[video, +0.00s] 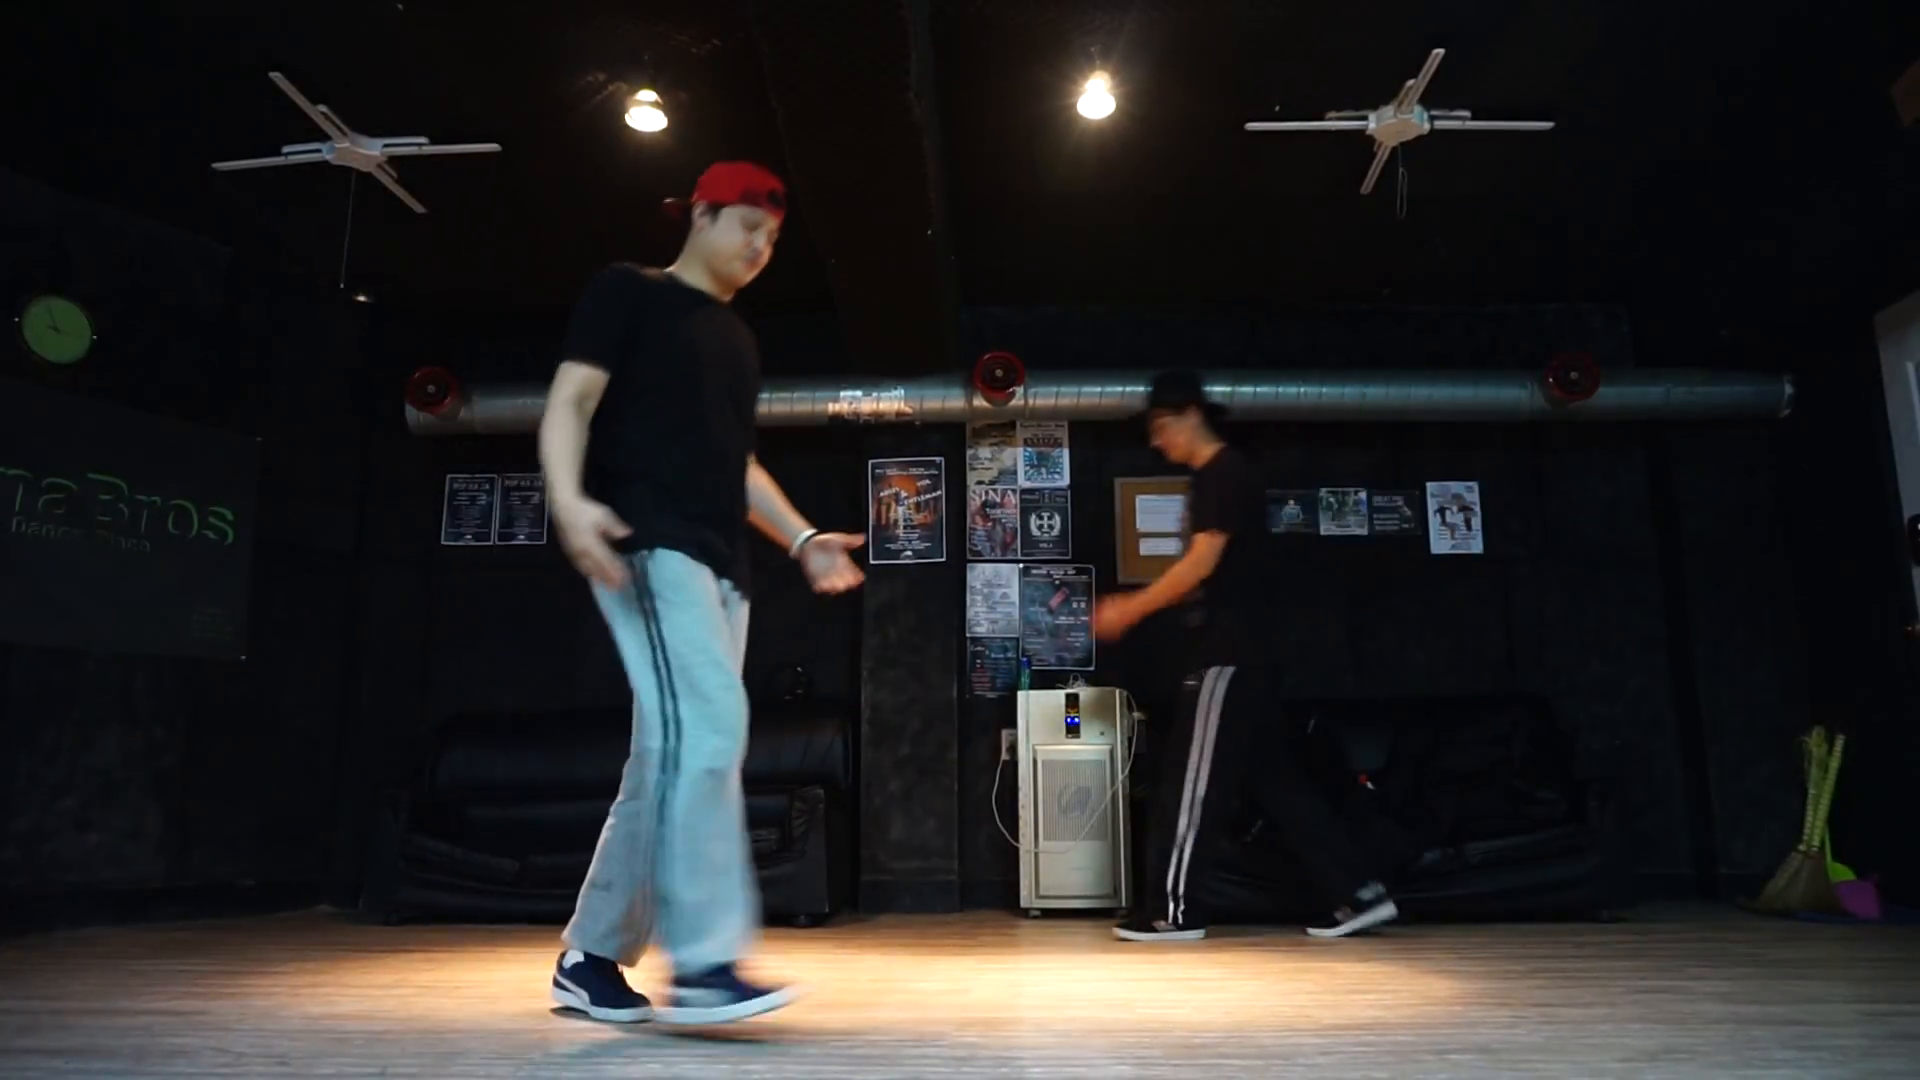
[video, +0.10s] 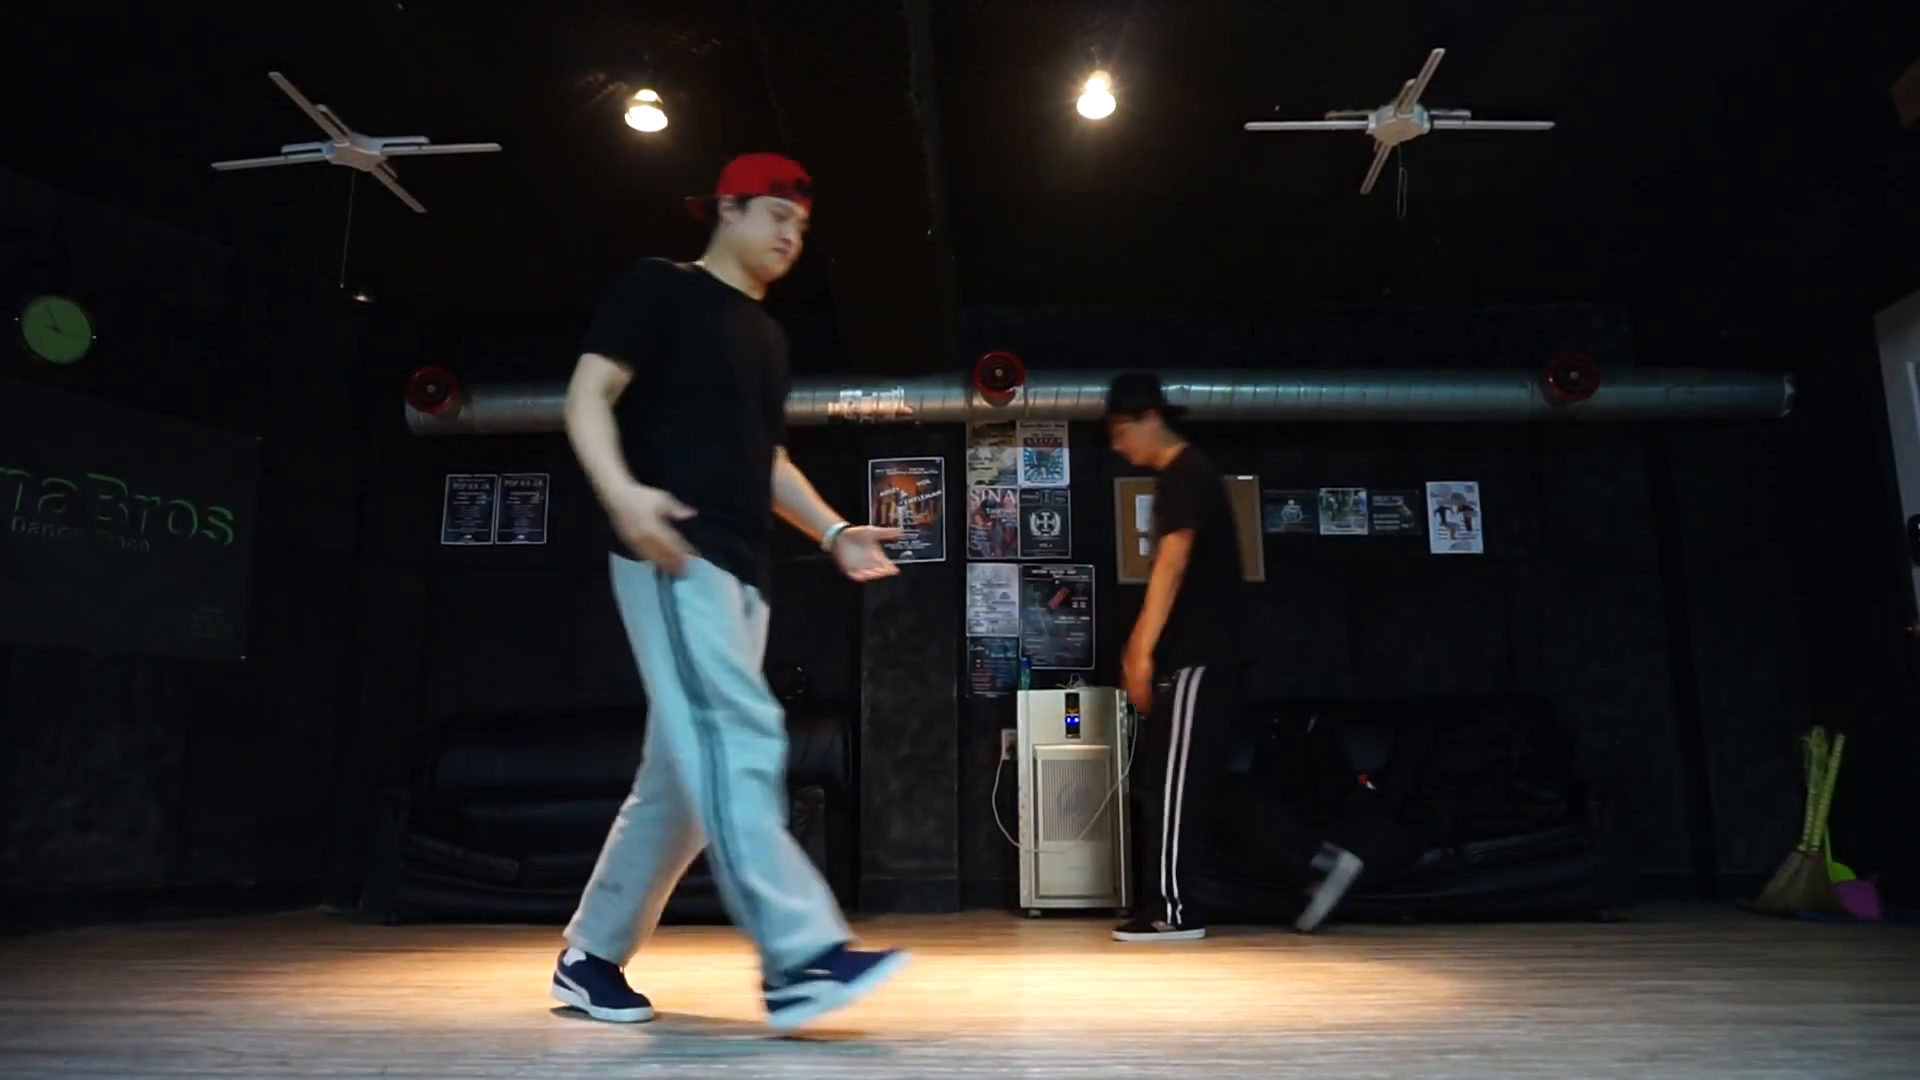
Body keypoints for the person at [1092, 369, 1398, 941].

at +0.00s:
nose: (1160, 442)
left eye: (1164, 428)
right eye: (1156, 431)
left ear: (1194, 417)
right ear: (1178, 424)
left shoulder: (1225, 474)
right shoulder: (1220, 473)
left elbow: (1200, 562)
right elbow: (1202, 564)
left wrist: (1130, 608)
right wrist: (1137, 604)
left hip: (1229, 649)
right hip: (1236, 645)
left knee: (1192, 779)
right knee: (1271, 774)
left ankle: (1171, 912)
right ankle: (1360, 894)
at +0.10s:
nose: (1118, 447)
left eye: (1121, 432)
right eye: (1113, 435)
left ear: (1151, 419)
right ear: (1149, 424)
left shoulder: (1185, 474)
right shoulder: (1185, 473)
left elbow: (1171, 566)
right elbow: (1173, 569)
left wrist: (1141, 649)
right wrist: (1142, 651)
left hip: (1201, 651)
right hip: (1200, 649)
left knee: (1173, 780)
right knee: (1204, 778)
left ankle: (1170, 913)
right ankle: (1317, 862)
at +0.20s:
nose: (1084, 441)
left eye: (1087, 428)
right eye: (1081, 430)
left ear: (1117, 416)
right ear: (1115, 419)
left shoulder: (1150, 470)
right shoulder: (1145, 469)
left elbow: (1154, 558)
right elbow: (1152, 559)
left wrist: (1161, 642)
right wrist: (1158, 644)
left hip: (1167, 652)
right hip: (1156, 650)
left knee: (1160, 783)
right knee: (1160, 779)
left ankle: (1171, 912)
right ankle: (1252, 848)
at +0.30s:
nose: (1057, 432)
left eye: (1060, 419)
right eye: (1053, 421)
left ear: (1088, 409)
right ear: (1080, 414)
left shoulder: (1123, 465)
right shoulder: (1100, 470)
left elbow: (1146, 541)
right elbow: (1121, 555)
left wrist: (1162, 621)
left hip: (1139, 645)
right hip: (1115, 646)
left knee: (1148, 774)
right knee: (1099, 761)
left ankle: (1170, 909)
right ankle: (1171, 873)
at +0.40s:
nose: (1028, 436)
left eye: (1032, 422)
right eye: (1025, 425)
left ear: (1059, 412)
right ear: (1055, 418)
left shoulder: (1093, 463)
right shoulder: (1078, 471)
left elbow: (1127, 529)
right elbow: (1109, 557)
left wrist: (1145, 605)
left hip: (1113, 644)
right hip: (1091, 646)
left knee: (1137, 777)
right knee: (1065, 764)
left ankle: (1169, 909)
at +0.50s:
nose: (996, 451)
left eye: (997, 437)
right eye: (992, 440)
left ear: (1021, 426)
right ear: (1023, 429)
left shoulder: (1060, 470)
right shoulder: (1046, 480)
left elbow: (1095, 526)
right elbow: (1091, 562)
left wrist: (1106, 598)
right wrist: (1121, 640)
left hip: (1084, 651)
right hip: (1063, 655)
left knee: (1125, 779)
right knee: (1039, 781)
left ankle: (1170, 908)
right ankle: (985, 895)